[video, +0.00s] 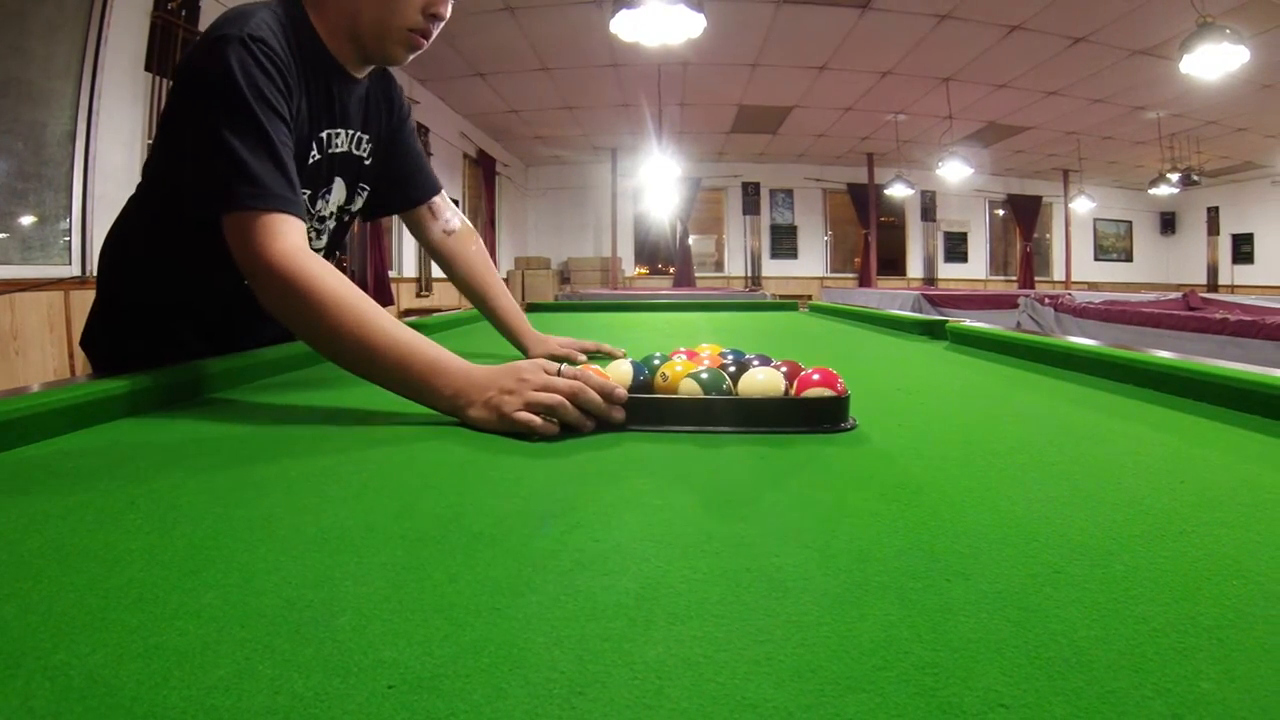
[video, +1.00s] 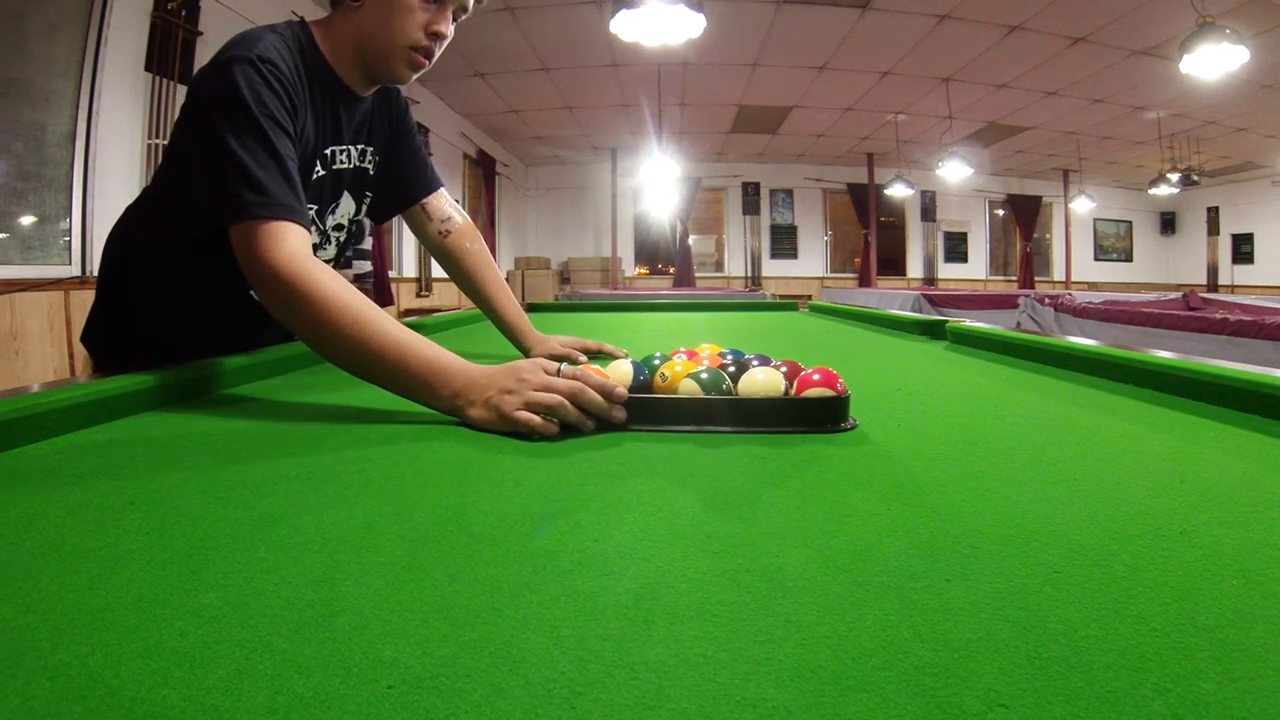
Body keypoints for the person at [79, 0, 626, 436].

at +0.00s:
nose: (441, 14)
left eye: (450, 1)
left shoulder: (378, 87)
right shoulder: (247, 50)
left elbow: (442, 222)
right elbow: (273, 258)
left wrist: (527, 335)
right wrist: (467, 384)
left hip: (271, 348)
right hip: (158, 353)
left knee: (255, 540)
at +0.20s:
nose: (450, 21)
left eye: (458, 6)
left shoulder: (383, 90)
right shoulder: (254, 55)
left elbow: (446, 221)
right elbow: (276, 262)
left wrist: (527, 334)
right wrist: (469, 385)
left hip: (271, 347)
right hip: (159, 352)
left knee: (253, 537)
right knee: (147, 546)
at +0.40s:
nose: (450, 28)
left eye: (458, 11)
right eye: (439, 0)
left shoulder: (384, 97)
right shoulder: (255, 63)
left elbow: (445, 221)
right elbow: (275, 263)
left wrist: (527, 334)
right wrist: (467, 384)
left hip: (269, 343)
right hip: (159, 348)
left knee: (252, 531)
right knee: (146, 541)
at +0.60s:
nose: (447, 28)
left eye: (456, 12)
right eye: (435, 0)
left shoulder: (383, 99)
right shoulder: (255, 67)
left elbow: (444, 223)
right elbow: (276, 263)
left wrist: (527, 334)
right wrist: (467, 384)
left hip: (271, 345)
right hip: (159, 349)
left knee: (252, 532)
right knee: (146, 542)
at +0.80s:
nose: (445, 27)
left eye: (454, 12)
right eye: (432, 1)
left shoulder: (383, 99)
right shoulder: (256, 69)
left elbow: (444, 224)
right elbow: (279, 265)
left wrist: (527, 334)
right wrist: (467, 384)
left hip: (271, 341)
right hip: (160, 347)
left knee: (253, 529)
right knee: (147, 539)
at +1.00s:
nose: (444, 29)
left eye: (454, 13)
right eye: (431, 1)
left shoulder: (385, 101)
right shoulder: (256, 69)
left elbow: (444, 225)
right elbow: (278, 266)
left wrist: (527, 334)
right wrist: (468, 384)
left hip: (271, 342)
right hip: (158, 347)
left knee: (252, 531)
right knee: (147, 541)